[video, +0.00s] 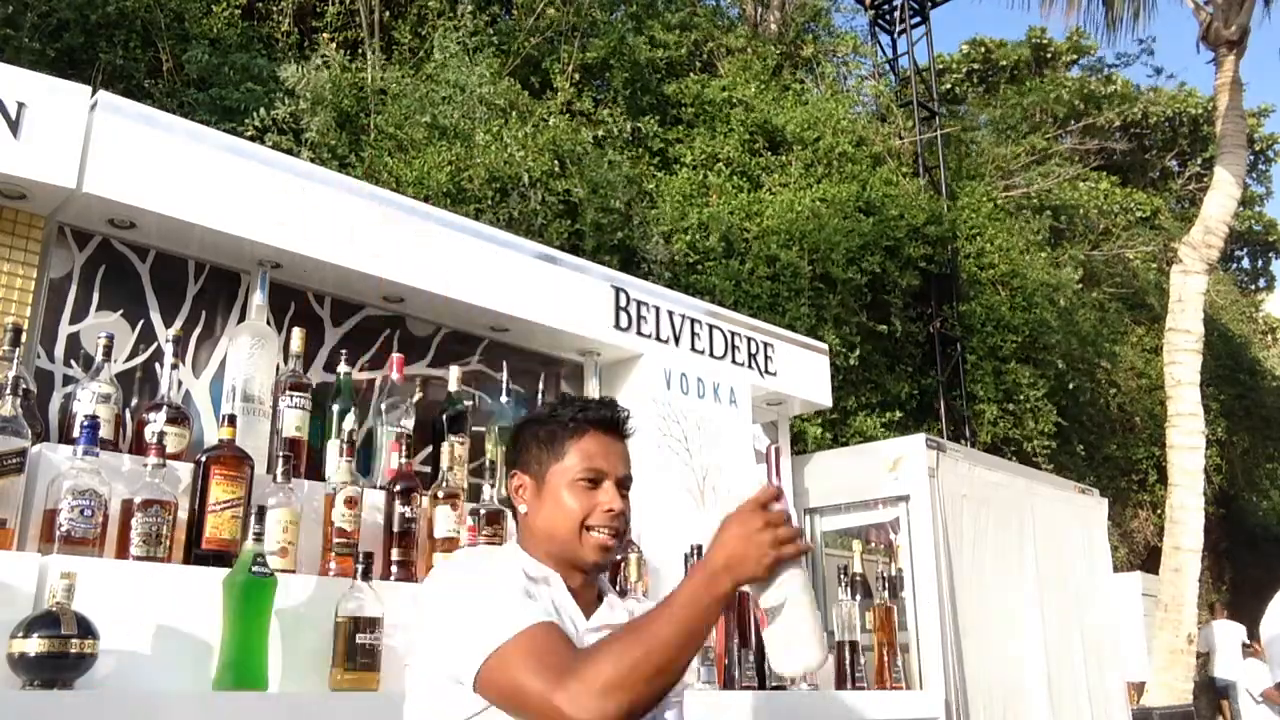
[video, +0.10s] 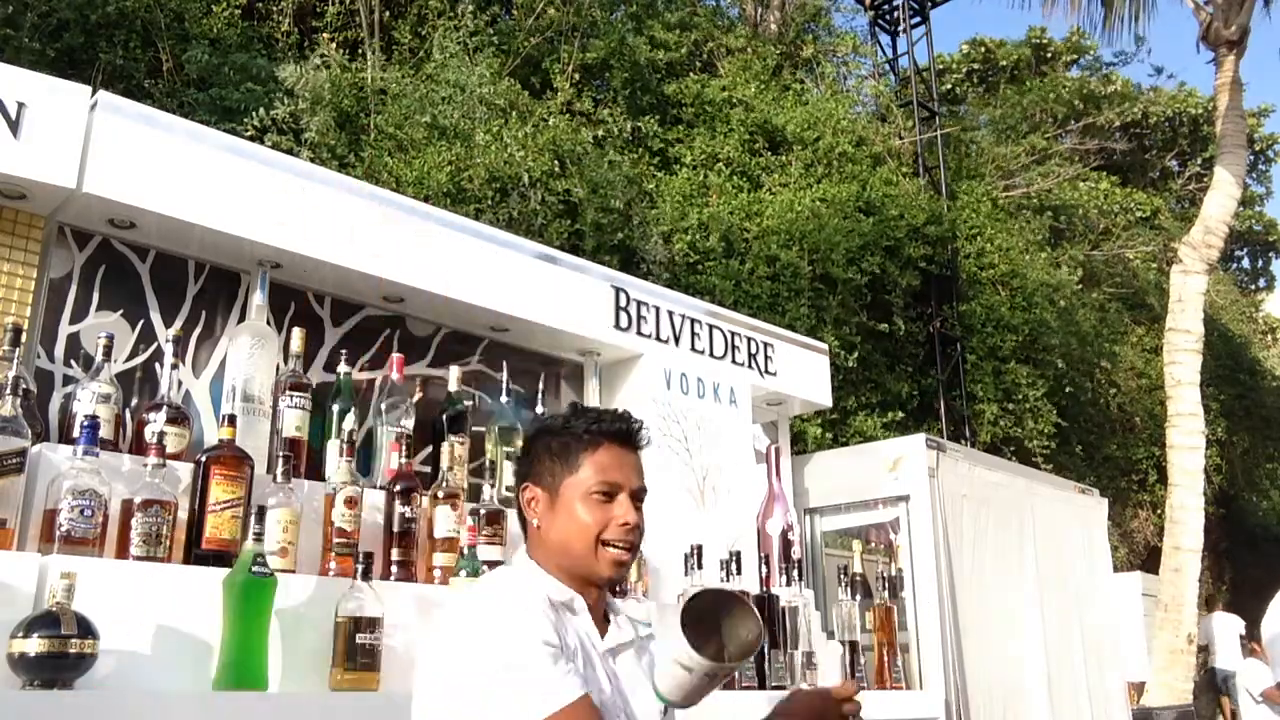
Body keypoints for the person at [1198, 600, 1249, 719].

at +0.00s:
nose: (1218, 613)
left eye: (1216, 611)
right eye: (1219, 611)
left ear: (1212, 613)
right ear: (1226, 613)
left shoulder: (1207, 628)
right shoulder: (1239, 627)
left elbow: (1202, 650)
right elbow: (1246, 643)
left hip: (1217, 671)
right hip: (1234, 671)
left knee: (1223, 700)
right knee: (1235, 703)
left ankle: (1228, 717)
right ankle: (1237, 716)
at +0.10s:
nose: (1217, 608)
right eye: (1218, 604)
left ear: (1207, 606)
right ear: (1221, 605)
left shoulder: (1206, 621)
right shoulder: (1235, 618)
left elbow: (1202, 644)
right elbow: (1244, 635)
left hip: (1217, 662)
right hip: (1234, 662)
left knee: (1223, 695)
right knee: (1235, 697)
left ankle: (1227, 717)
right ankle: (1237, 714)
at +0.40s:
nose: (1223, 588)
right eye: (1222, 586)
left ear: (1208, 589)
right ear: (1223, 588)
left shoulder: (1204, 604)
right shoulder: (1231, 601)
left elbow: (1201, 627)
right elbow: (1246, 616)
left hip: (1217, 648)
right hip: (1236, 647)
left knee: (1223, 687)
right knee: (1243, 683)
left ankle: (1228, 717)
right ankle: (1246, 714)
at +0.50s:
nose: (1223, 588)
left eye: (1221, 586)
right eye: (1223, 586)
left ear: (1211, 589)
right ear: (1224, 588)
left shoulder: (1205, 604)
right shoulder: (1234, 601)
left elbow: (1202, 627)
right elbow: (1248, 617)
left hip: (1219, 648)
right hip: (1239, 647)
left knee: (1225, 687)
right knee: (1249, 680)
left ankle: (1228, 717)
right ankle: (1251, 714)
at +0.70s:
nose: (1234, 590)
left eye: (1231, 587)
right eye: (1233, 587)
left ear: (1220, 589)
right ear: (1233, 588)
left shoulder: (1213, 604)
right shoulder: (1242, 603)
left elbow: (1206, 626)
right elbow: (1254, 622)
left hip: (1222, 648)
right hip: (1242, 647)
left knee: (1227, 685)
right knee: (1245, 684)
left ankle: (1229, 717)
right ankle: (1246, 714)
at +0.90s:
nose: (1244, 578)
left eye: (1242, 575)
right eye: (1243, 576)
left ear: (1228, 578)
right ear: (1243, 576)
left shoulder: (1222, 590)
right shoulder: (1249, 590)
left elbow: (1215, 610)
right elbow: (1263, 608)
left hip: (1225, 632)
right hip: (1243, 632)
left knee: (1235, 665)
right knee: (1253, 662)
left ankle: (1233, 694)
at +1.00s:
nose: (1245, 573)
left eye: (1244, 570)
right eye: (1245, 571)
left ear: (1232, 572)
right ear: (1243, 571)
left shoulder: (1224, 585)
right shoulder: (1252, 586)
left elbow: (1215, 605)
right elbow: (1265, 604)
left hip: (1226, 627)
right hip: (1245, 627)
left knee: (1236, 657)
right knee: (1251, 656)